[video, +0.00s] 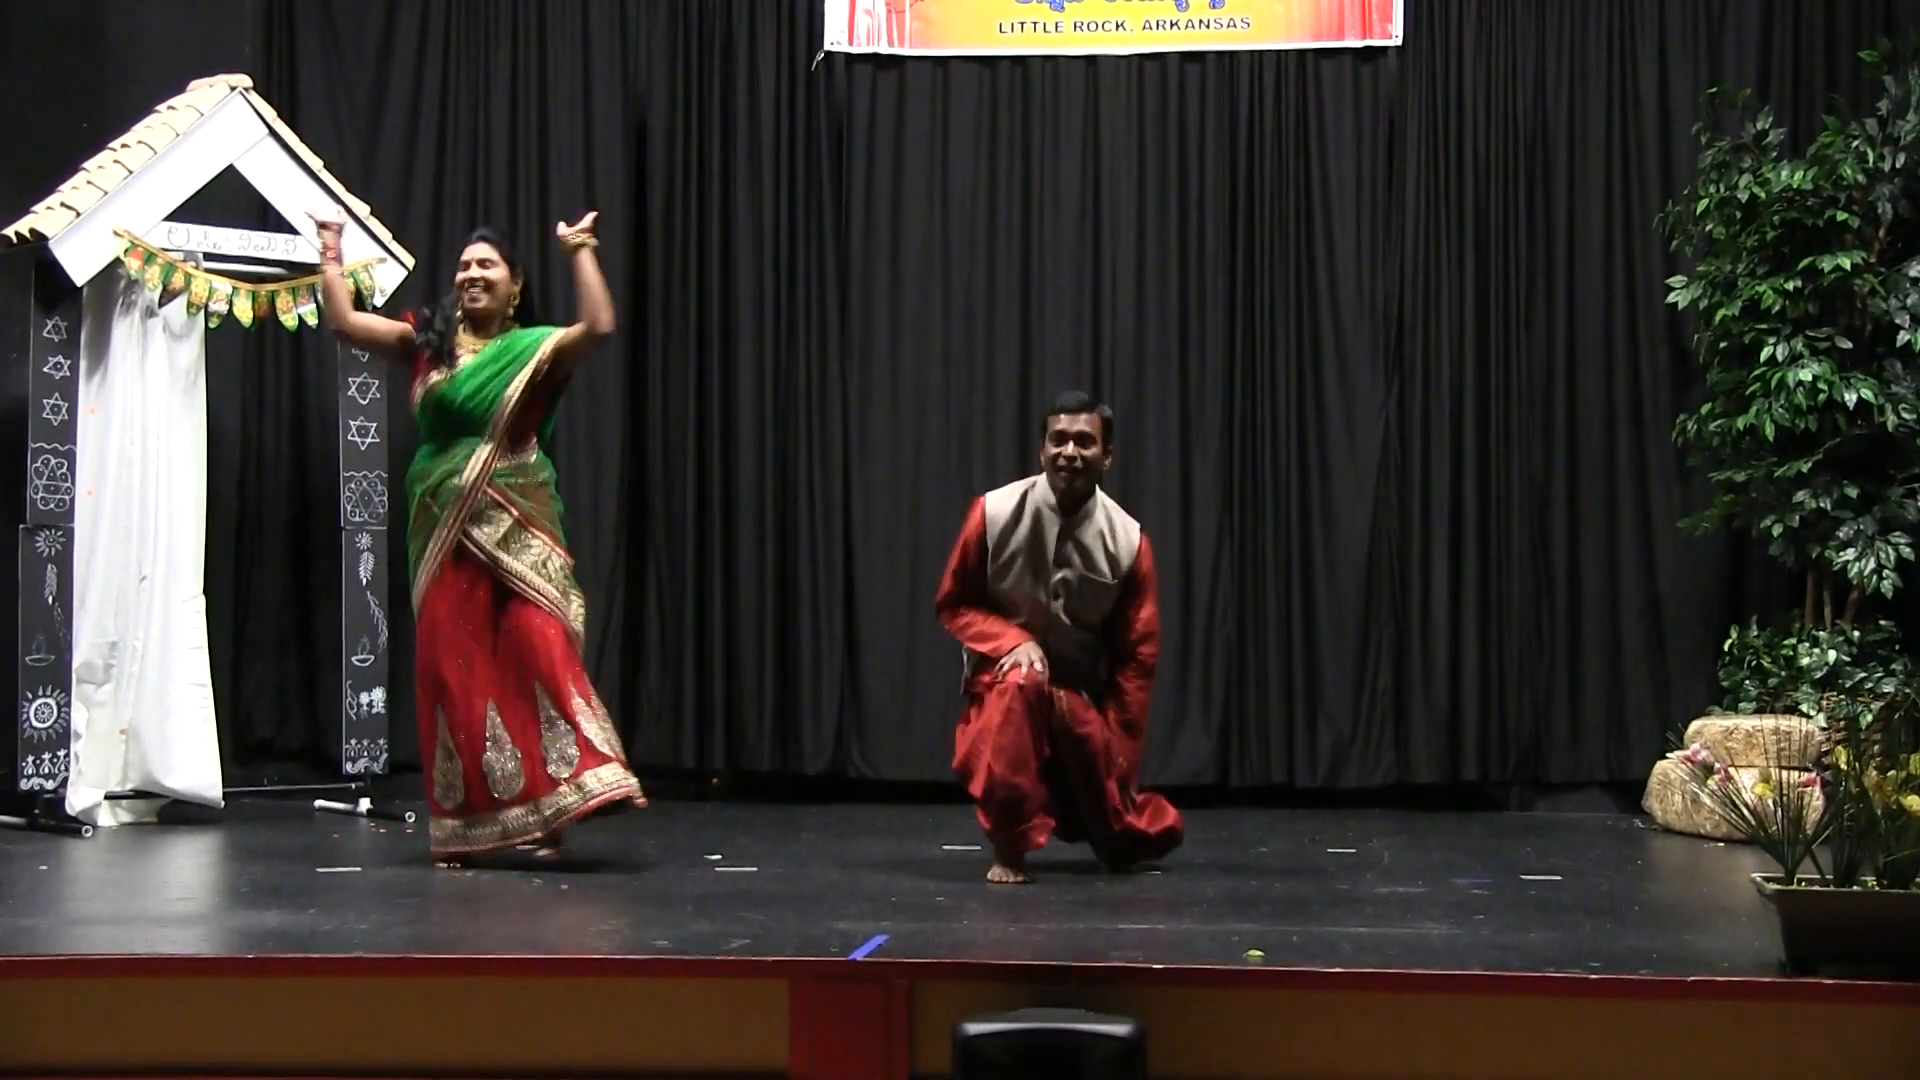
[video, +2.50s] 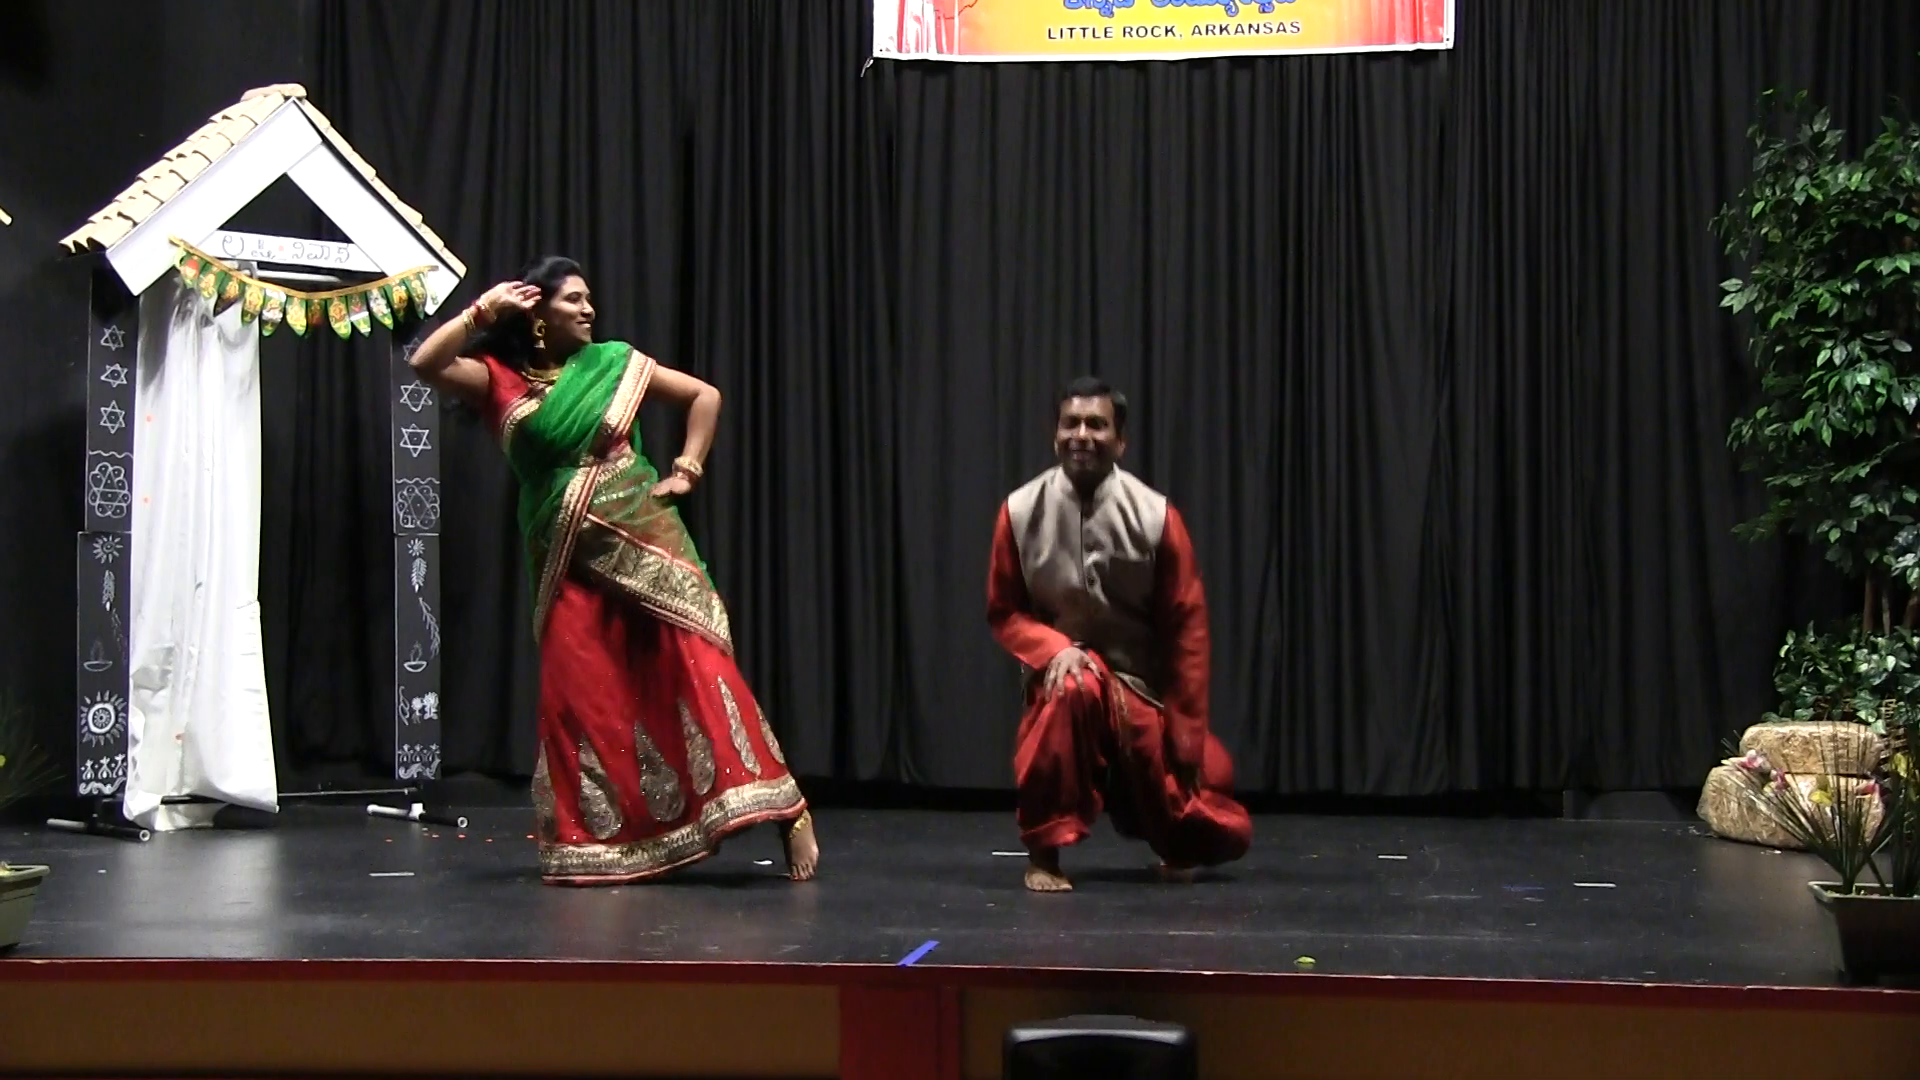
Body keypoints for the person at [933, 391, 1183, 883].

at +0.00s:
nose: (1069, 452)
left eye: (1084, 442)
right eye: (1058, 440)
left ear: (1106, 457)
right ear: (1042, 450)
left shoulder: (1127, 543)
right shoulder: (993, 515)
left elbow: (1137, 661)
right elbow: (954, 604)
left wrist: (1120, 766)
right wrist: (1012, 640)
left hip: (1081, 700)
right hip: (1002, 690)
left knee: (1116, 834)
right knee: (1022, 678)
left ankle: (1122, 837)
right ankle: (1008, 851)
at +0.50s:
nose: (1034, 271)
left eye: (1046, 260)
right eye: (1023, 261)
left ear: (1068, 276)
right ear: (1006, 277)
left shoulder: (1108, 359)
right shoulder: (974, 368)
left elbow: (1131, 474)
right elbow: (967, 480)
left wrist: (1125, 576)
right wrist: (985, 575)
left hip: (1088, 562)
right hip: (1007, 563)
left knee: (1108, 698)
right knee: (995, 688)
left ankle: (1116, 801)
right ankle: (1002, 842)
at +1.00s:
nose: (1056, 362)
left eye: (1068, 349)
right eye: (1044, 351)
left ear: (1092, 359)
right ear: (1029, 365)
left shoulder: (1134, 436)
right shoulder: (1002, 452)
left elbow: (1166, 533)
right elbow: (994, 569)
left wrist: (1128, 613)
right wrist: (1009, 670)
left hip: (1126, 604)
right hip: (1050, 614)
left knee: (1111, 706)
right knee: (1057, 710)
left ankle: (1110, 846)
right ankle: (1048, 817)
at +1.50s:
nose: (1083, 439)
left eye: (1097, 428)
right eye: (1072, 428)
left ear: (1120, 443)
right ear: (1057, 441)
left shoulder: (1160, 508)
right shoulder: (1024, 529)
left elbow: (1185, 596)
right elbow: (1015, 657)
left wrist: (1125, 646)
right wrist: (1030, 766)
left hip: (1145, 685)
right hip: (1059, 698)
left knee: (1106, 690)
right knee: (1013, 834)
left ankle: (1125, 849)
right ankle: (1102, 833)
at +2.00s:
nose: (1106, 185)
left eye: (1120, 175)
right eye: (1096, 175)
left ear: (1144, 191)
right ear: (1080, 189)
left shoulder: (1177, 275)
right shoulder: (1041, 270)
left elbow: (1201, 382)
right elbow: (1006, 371)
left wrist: (1175, 485)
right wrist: (1024, 467)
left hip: (1147, 481)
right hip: (1058, 478)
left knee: (1159, 645)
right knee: (1043, 635)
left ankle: (1153, 814)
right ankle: (1070, 790)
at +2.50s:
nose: (1081, 436)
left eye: (1096, 425)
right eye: (1070, 424)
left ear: (1119, 440)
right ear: (1056, 435)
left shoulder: (1154, 515)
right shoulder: (1021, 512)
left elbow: (1187, 625)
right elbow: (1005, 613)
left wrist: (1188, 732)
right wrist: (1056, 650)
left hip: (1139, 677)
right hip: (1061, 671)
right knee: (1076, 687)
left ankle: (1175, 849)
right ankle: (1043, 856)